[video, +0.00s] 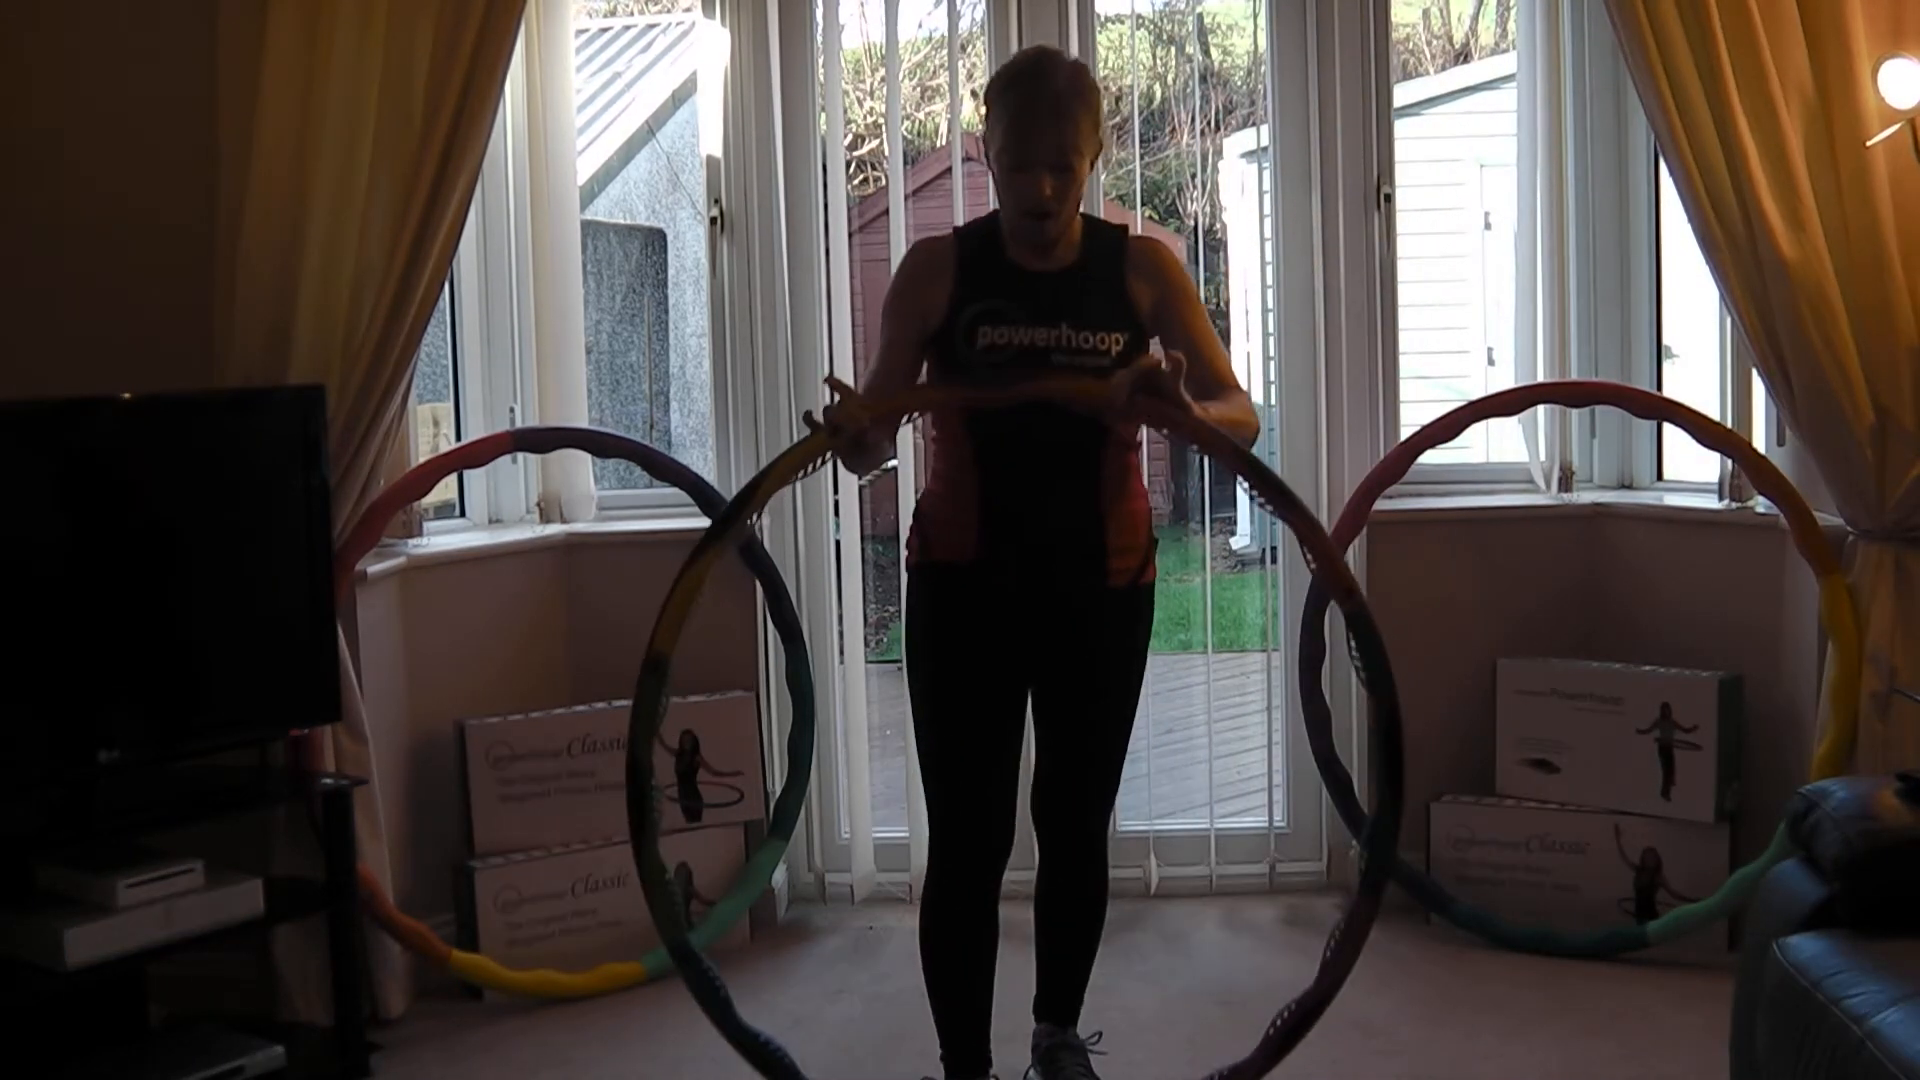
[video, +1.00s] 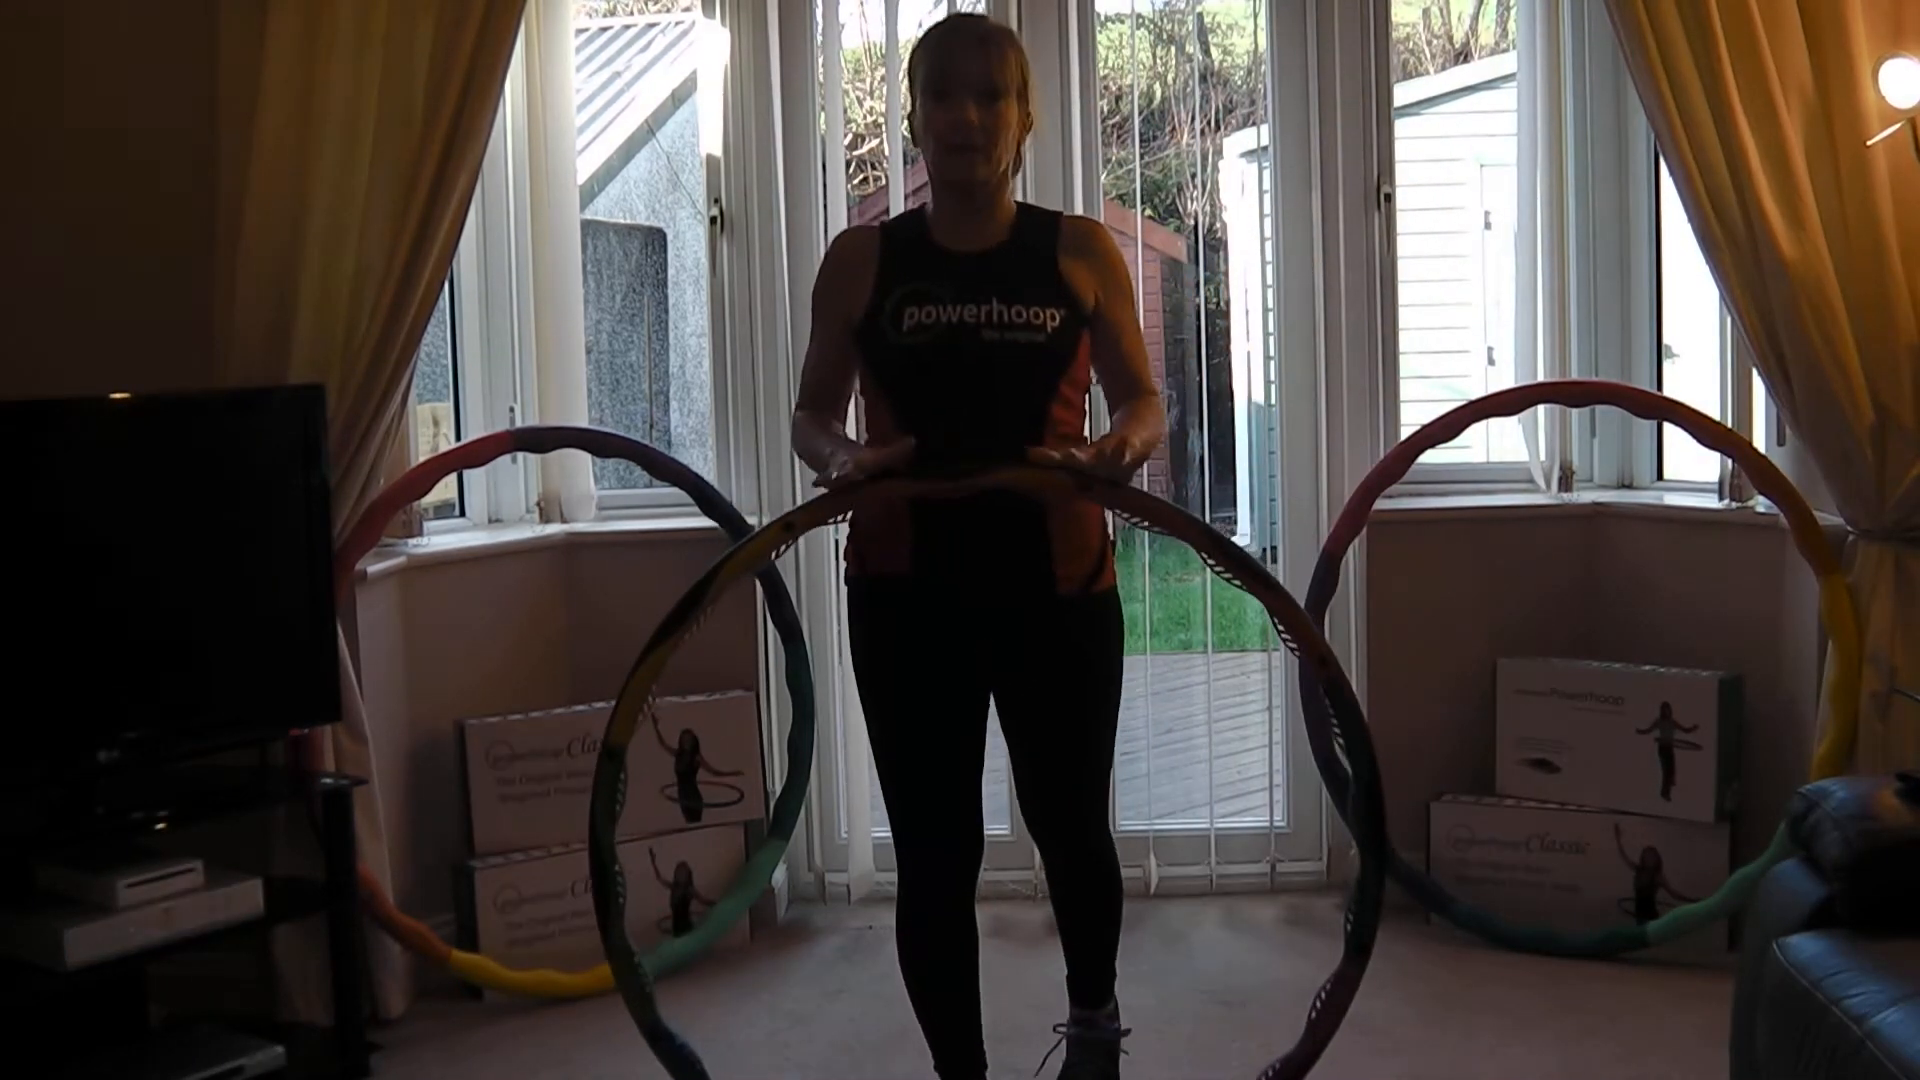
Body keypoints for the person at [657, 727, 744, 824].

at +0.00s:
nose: (685, 742)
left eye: (688, 740)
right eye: (683, 739)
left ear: (693, 741)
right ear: (680, 741)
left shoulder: (696, 757)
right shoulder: (678, 755)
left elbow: (713, 772)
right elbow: (663, 745)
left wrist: (734, 774)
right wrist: (656, 731)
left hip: (693, 796)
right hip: (682, 796)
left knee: (696, 828)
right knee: (691, 829)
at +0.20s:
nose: (685, 742)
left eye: (688, 739)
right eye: (683, 739)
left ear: (694, 741)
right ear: (680, 741)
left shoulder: (696, 757)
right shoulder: (678, 754)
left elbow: (714, 772)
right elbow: (663, 745)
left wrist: (734, 773)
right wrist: (655, 728)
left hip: (693, 796)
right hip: (682, 796)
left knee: (697, 828)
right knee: (691, 829)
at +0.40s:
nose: (685, 742)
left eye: (688, 739)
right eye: (683, 739)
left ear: (694, 741)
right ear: (680, 741)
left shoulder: (696, 757)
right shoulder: (678, 754)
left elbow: (714, 772)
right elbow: (663, 745)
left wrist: (734, 773)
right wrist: (656, 729)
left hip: (693, 796)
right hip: (682, 796)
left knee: (697, 829)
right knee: (691, 829)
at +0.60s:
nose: (685, 742)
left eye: (688, 739)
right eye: (683, 739)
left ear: (694, 741)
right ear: (680, 741)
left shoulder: (696, 757)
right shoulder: (678, 754)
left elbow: (714, 772)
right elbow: (663, 745)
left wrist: (734, 773)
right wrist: (655, 727)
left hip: (693, 796)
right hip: (682, 796)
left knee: (696, 829)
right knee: (691, 830)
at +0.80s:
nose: (685, 742)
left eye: (688, 739)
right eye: (683, 739)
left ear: (693, 741)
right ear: (680, 741)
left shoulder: (696, 757)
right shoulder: (678, 754)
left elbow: (714, 772)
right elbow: (663, 744)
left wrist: (733, 773)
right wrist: (655, 726)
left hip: (693, 796)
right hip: (682, 796)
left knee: (696, 829)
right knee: (691, 830)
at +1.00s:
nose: (685, 742)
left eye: (688, 739)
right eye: (683, 739)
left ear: (693, 742)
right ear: (680, 741)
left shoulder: (696, 757)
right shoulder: (678, 755)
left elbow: (714, 772)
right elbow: (662, 743)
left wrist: (734, 773)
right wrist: (656, 726)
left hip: (693, 795)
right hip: (682, 795)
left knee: (696, 828)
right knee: (691, 828)